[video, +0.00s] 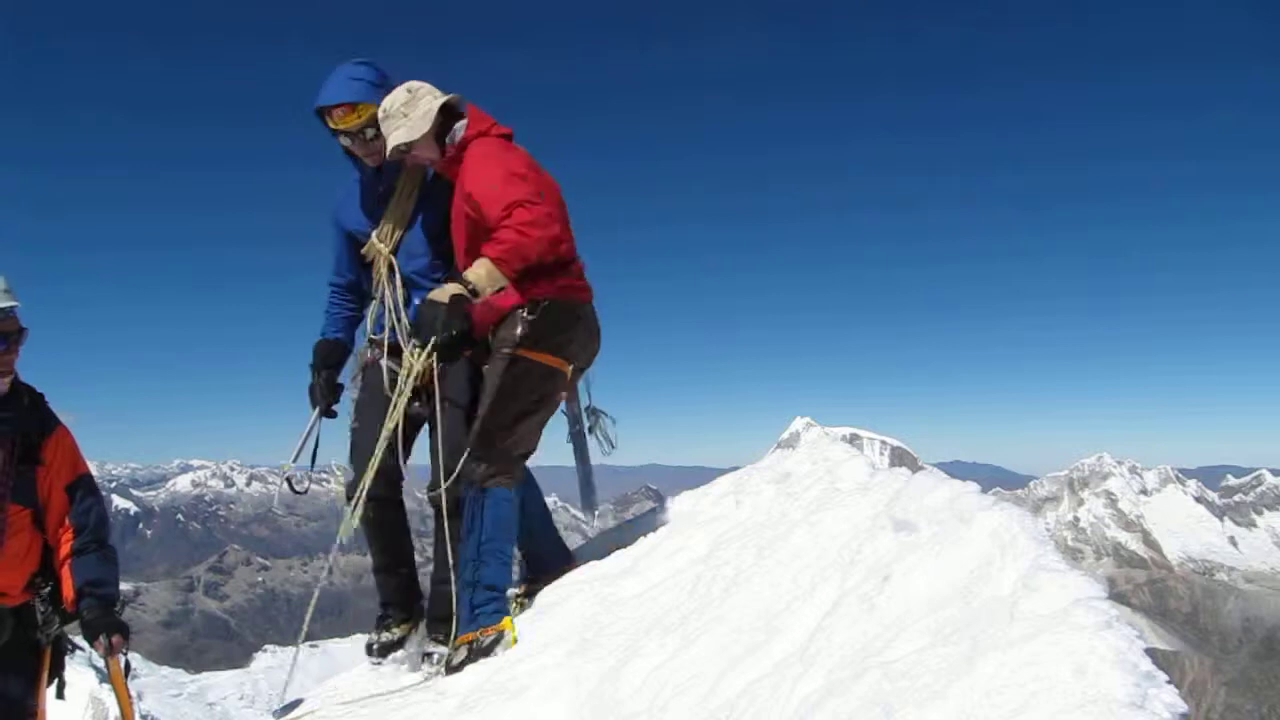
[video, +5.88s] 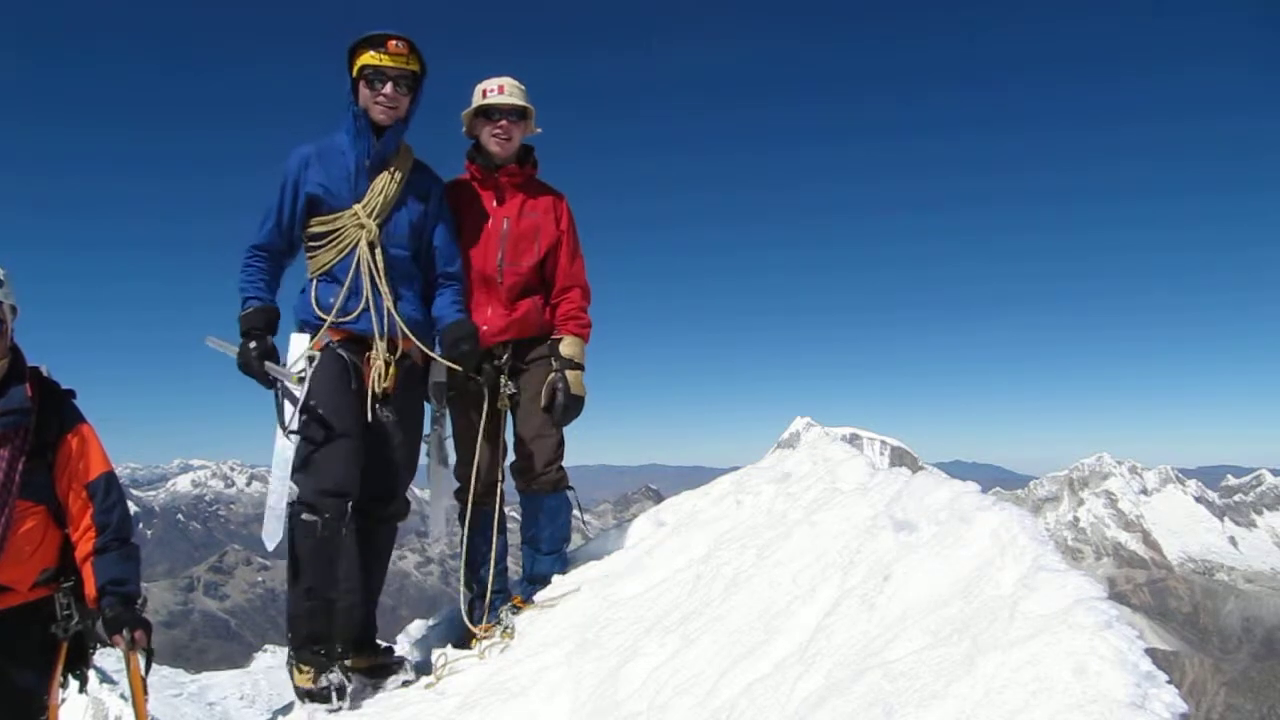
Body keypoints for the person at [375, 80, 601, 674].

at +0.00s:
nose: (415, 161)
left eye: (413, 148)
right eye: (407, 154)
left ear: (434, 129)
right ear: (427, 136)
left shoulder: (490, 157)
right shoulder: (469, 169)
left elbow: (538, 226)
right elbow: (492, 264)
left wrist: (465, 284)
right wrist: (457, 320)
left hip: (546, 313)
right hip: (523, 317)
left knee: (492, 462)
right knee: (496, 454)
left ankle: (481, 624)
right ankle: (553, 572)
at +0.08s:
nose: (421, 150)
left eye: (422, 137)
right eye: (414, 143)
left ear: (447, 118)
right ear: (427, 132)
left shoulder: (498, 150)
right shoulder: (472, 165)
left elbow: (562, 213)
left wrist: (498, 282)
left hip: (543, 312)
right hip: (539, 317)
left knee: (467, 447)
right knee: (504, 456)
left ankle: (484, 606)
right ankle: (548, 579)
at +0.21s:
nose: (432, 142)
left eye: (435, 128)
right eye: (424, 133)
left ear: (466, 114)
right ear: (433, 129)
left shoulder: (513, 155)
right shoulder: (482, 167)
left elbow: (576, 226)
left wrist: (519, 293)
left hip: (546, 315)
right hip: (528, 319)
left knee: (445, 414)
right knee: (504, 453)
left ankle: (483, 565)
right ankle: (521, 562)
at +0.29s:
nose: (445, 133)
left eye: (451, 119)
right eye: (437, 125)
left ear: (480, 109)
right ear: (437, 128)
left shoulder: (521, 161)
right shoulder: (480, 176)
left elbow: (575, 237)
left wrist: (515, 301)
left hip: (545, 324)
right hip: (516, 326)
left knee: (453, 420)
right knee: (501, 449)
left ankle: (495, 574)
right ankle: (516, 565)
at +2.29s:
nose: (474, 121)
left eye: (484, 109)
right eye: (462, 113)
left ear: (503, 115)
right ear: (449, 124)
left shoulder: (539, 187)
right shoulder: (442, 197)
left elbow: (569, 266)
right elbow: (432, 280)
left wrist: (551, 296)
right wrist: (428, 331)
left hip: (525, 337)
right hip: (464, 344)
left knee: (513, 453)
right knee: (472, 471)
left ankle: (535, 564)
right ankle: (494, 607)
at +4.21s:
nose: (493, 123)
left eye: (503, 113)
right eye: (482, 114)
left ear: (519, 122)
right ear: (467, 126)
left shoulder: (550, 195)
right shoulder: (453, 198)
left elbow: (570, 277)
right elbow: (441, 274)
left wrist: (560, 344)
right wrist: (452, 344)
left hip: (536, 341)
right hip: (474, 345)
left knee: (540, 449)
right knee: (477, 470)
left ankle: (551, 571)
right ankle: (484, 600)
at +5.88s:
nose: (502, 126)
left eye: (513, 118)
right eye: (491, 117)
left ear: (528, 128)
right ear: (473, 127)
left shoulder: (550, 204)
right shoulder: (450, 200)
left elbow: (571, 289)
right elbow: (433, 276)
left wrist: (571, 360)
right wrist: (446, 339)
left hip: (535, 350)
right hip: (469, 351)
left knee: (540, 460)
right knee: (477, 476)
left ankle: (542, 584)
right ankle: (485, 602)